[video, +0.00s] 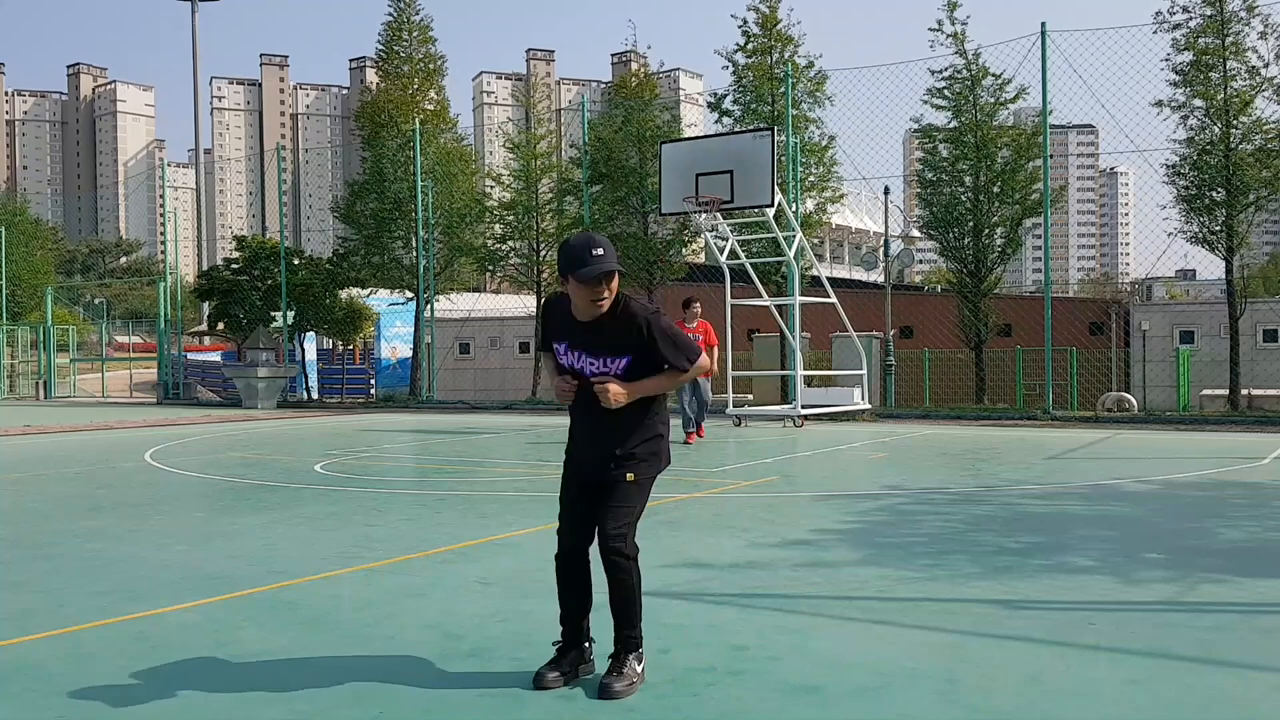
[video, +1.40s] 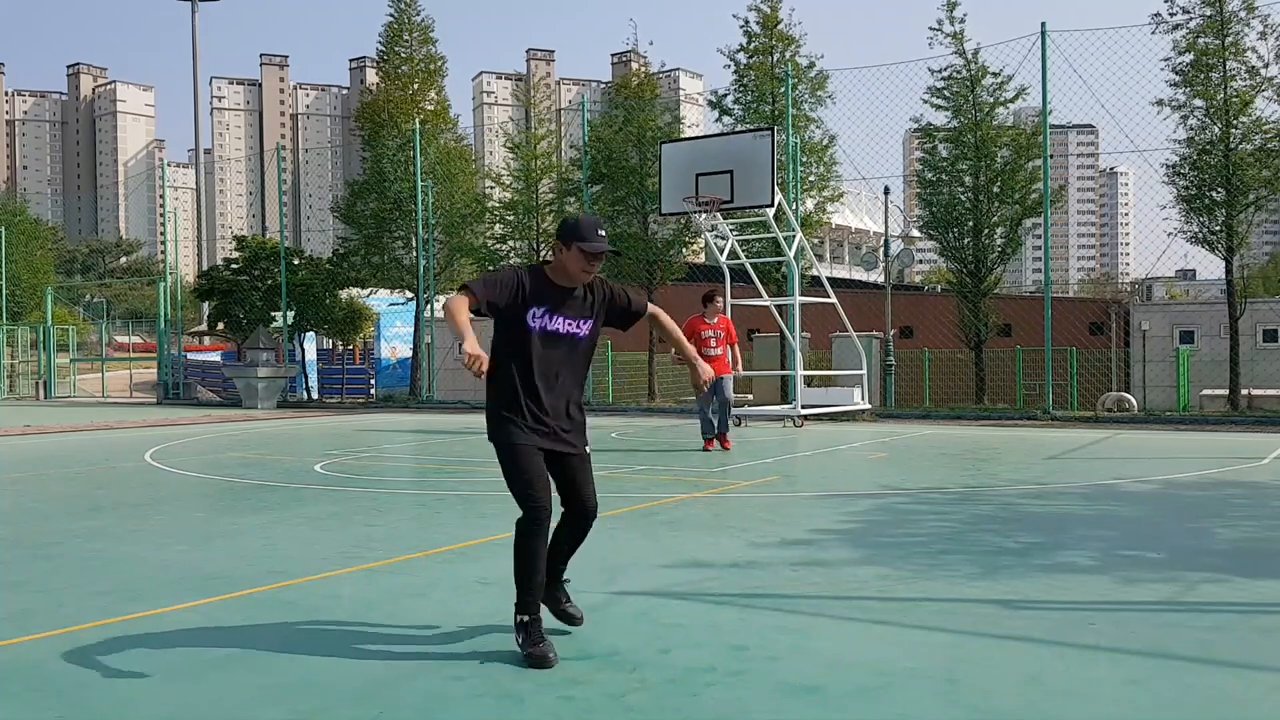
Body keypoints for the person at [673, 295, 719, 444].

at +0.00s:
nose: (698, 310)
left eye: (699, 307)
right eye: (694, 308)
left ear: (701, 309)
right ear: (686, 310)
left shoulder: (705, 326)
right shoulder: (677, 327)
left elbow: (714, 345)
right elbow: (672, 347)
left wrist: (714, 363)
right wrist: (675, 364)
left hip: (702, 368)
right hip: (683, 369)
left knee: (705, 398)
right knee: (685, 401)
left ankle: (699, 421)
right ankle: (689, 430)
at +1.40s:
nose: (721, 305)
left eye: (721, 302)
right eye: (717, 302)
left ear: (722, 304)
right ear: (707, 304)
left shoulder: (726, 321)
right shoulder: (694, 322)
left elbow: (734, 344)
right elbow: (681, 340)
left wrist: (738, 363)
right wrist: (675, 353)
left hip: (723, 367)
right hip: (702, 368)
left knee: (727, 398)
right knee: (704, 406)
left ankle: (723, 433)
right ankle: (708, 437)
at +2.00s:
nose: (725, 302)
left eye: (727, 299)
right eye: (722, 299)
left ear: (731, 301)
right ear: (716, 301)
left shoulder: (739, 320)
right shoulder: (704, 319)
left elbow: (745, 345)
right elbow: (689, 338)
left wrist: (750, 369)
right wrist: (681, 352)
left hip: (732, 371)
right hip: (710, 371)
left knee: (731, 408)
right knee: (709, 402)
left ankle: (729, 440)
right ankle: (710, 435)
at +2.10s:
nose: (720, 302)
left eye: (723, 299)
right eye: (717, 299)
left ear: (729, 301)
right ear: (713, 302)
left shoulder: (739, 320)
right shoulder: (704, 319)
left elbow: (746, 344)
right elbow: (689, 338)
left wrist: (749, 367)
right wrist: (680, 351)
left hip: (731, 372)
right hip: (710, 371)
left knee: (730, 410)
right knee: (707, 405)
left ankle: (729, 442)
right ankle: (707, 442)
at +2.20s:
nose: (714, 303)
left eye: (717, 300)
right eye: (712, 300)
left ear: (726, 302)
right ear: (710, 302)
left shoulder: (737, 321)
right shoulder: (703, 320)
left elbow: (745, 343)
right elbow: (690, 339)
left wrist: (746, 364)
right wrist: (681, 352)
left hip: (730, 372)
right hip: (709, 371)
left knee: (730, 411)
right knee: (707, 407)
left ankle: (729, 441)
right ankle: (703, 441)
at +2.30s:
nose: (705, 303)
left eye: (709, 300)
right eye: (705, 300)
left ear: (720, 302)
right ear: (710, 303)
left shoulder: (734, 321)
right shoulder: (701, 321)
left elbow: (743, 344)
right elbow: (690, 341)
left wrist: (740, 361)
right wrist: (681, 355)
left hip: (728, 372)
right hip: (707, 372)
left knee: (729, 411)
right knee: (706, 408)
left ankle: (729, 442)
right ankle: (703, 442)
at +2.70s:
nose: (683, 304)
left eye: (685, 301)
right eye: (683, 301)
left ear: (693, 302)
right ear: (693, 302)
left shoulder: (710, 318)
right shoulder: (689, 322)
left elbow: (717, 343)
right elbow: (690, 343)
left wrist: (699, 361)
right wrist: (680, 353)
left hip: (707, 371)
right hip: (691, 372)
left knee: (710, 405)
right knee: (693, 411)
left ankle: (724, 433)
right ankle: (701, 445)